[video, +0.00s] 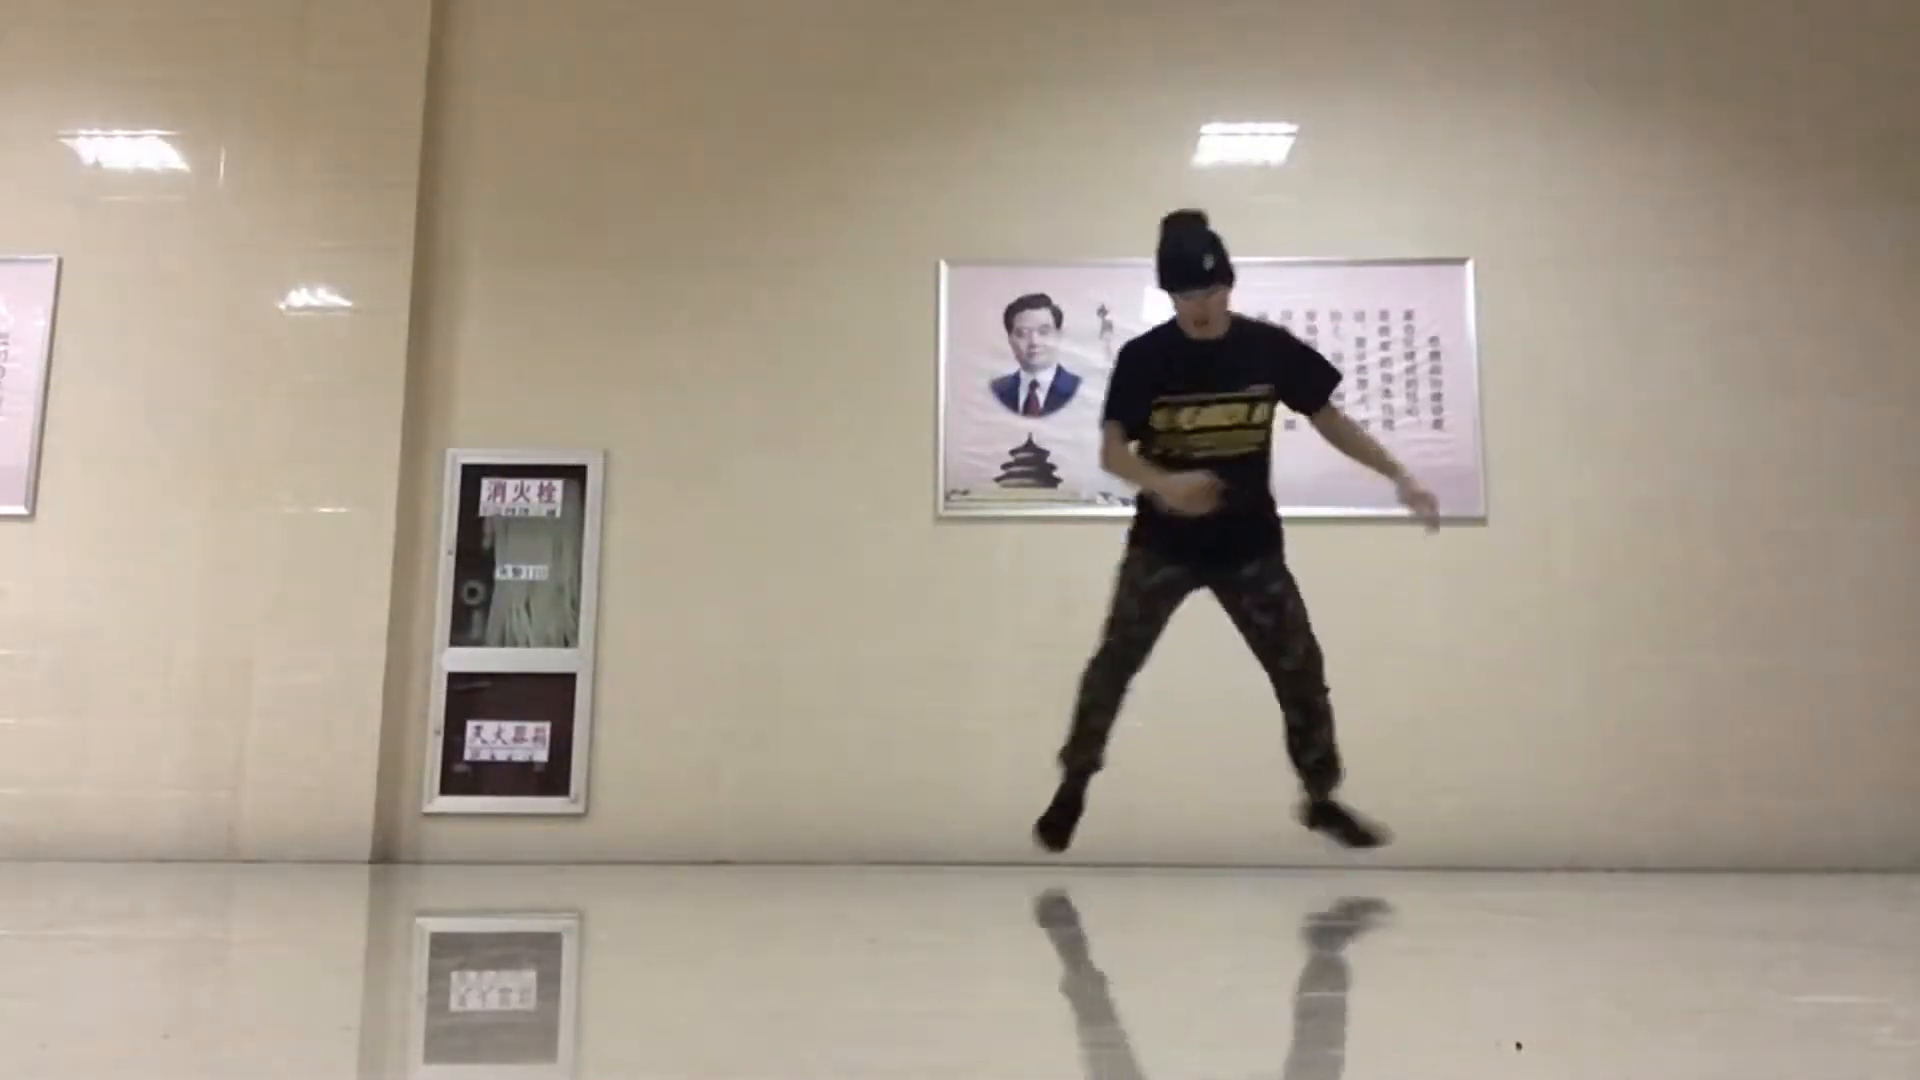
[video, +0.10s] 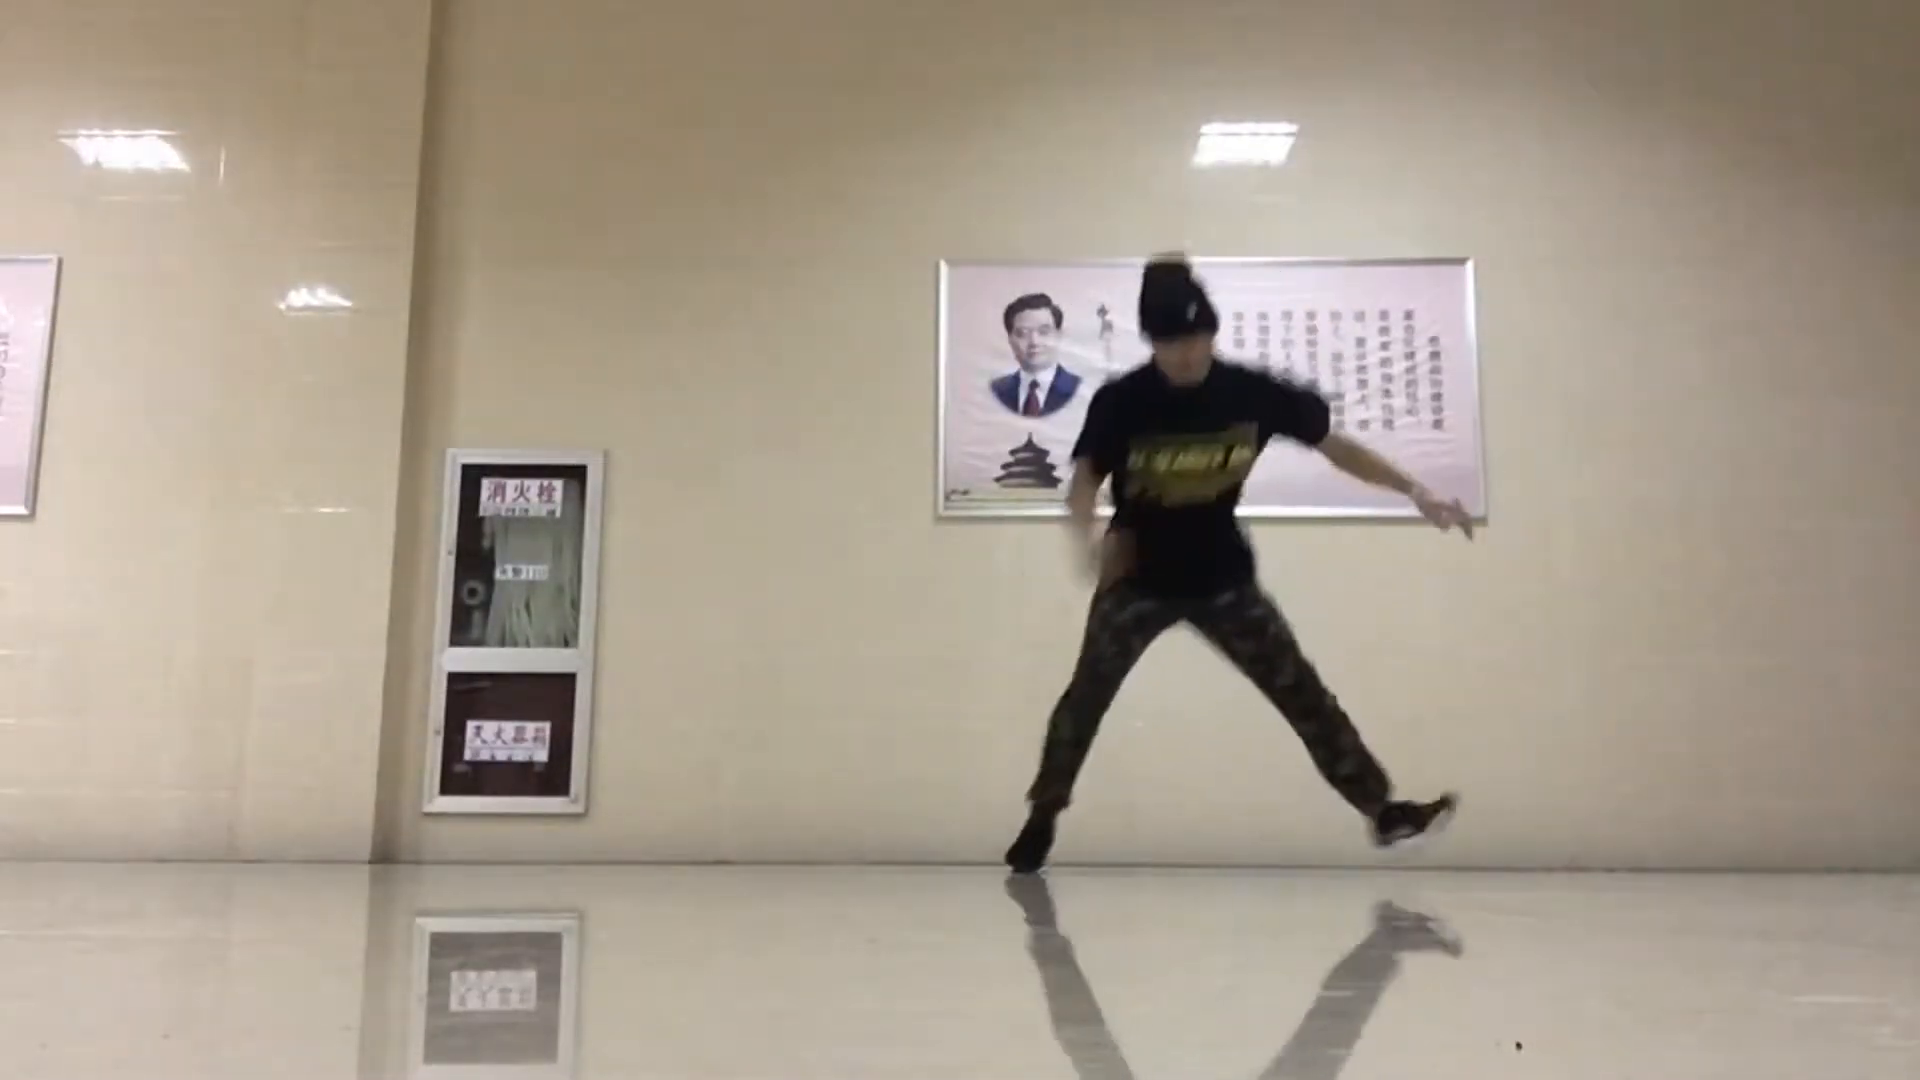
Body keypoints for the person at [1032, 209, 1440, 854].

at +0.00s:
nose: (1207, 302)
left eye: (1215, 287)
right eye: (1192, 292)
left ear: (1230, 282)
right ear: (1170, 293)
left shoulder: (1269, 349)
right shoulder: (1141, 359)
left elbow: (1332, 423)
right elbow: (1112, 454)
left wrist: (1400, 476)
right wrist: (1164, 484)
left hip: (1247, 545)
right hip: (1163, 546)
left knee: (1299, 666)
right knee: (1114, 662)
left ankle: (1322, 798)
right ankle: (1072, 785)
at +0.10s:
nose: (1186, 356)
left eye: (1196, 340)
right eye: (1172, 344)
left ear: (1212, 332)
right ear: (1151, 340)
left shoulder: (1252, 395)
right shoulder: (1119, 403)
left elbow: (1338, 448)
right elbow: (1082, 487)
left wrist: (1416, 491)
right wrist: (1088, 539)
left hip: (1221, 577)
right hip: (1137, 578)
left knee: (1300, 691)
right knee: (1084, 700)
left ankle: (1382, 810)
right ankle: (1041, 820)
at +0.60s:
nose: (1078, 637)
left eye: (1067, 628)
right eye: (1067, 628)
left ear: (1073, 604)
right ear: (1071, 581)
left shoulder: (1132, 601)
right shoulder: (1129, 539)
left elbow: (1124, 719)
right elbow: (1080, 529)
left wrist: (1104, 822)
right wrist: (1019, 535)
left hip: (1343, 593)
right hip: (1368, 535)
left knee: (1367, 740)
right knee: (1497, 627)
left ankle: (1474, 834)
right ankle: (1661, 651)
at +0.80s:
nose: (1125, 723)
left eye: (1117, 720)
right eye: (1119, 721)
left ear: (1092, 689)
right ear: (1133, 687)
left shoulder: (1107, 643)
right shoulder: (1179, 624)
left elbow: (1112, 744)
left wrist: (1109, 856)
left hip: (1264, 535)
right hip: (1273, 475)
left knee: (1439, 603)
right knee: (1412, 374)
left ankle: (1646, 583)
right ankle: (1246, 346)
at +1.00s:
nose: (1250, 711)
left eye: (1247, 728)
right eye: (1265, 716)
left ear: (1230, 712)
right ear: (1279, 691)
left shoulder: (1158, 656)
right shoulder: (1302, 617)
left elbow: (1104, 747)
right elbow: (1388, 678)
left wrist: (1106, 857)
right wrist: (1468, 748)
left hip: (1118, 463)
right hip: (1202, 444)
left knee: (1044, 579)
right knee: (1318, 330)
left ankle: (908, 648)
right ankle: (1350, 136)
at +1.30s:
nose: (1307, 671)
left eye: (1317, 665)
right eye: (1319, 670)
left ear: (1331, 619)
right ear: (1319, 642)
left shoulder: (1312, 532)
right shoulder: (1240, 597)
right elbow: (1225, 733)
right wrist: (1268, 857)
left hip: (1092, 383)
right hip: (1050, 457)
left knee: (1152, 296)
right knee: (965, 603)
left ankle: (1051, 192)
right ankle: (823, 696)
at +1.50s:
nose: (1264, 403)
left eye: (1278, 415)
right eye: (1279, 398)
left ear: (1291, 443)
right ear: (1300, 419)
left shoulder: (1259, 518)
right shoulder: (1205, 383)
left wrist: (1412, 710)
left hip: (1010, 384)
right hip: (1063, 360)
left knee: (863, 251)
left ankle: (692, 255)